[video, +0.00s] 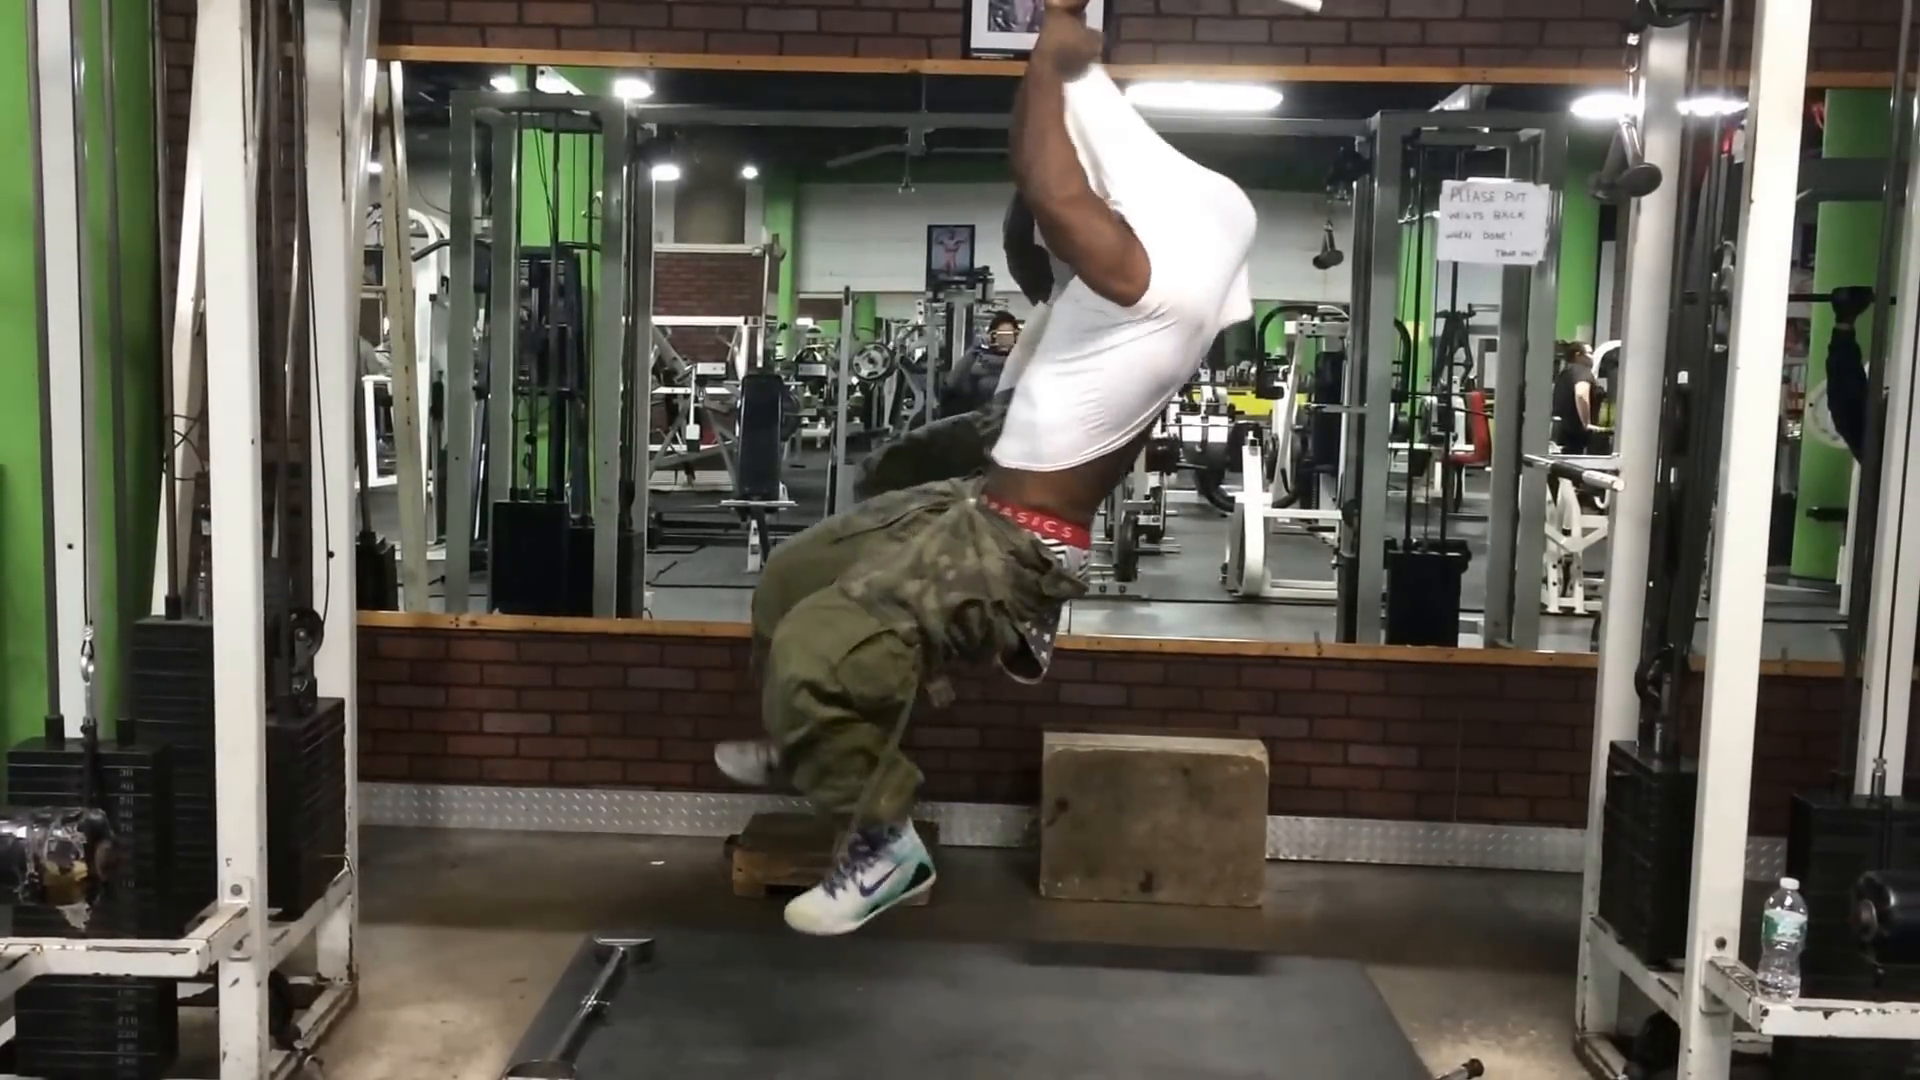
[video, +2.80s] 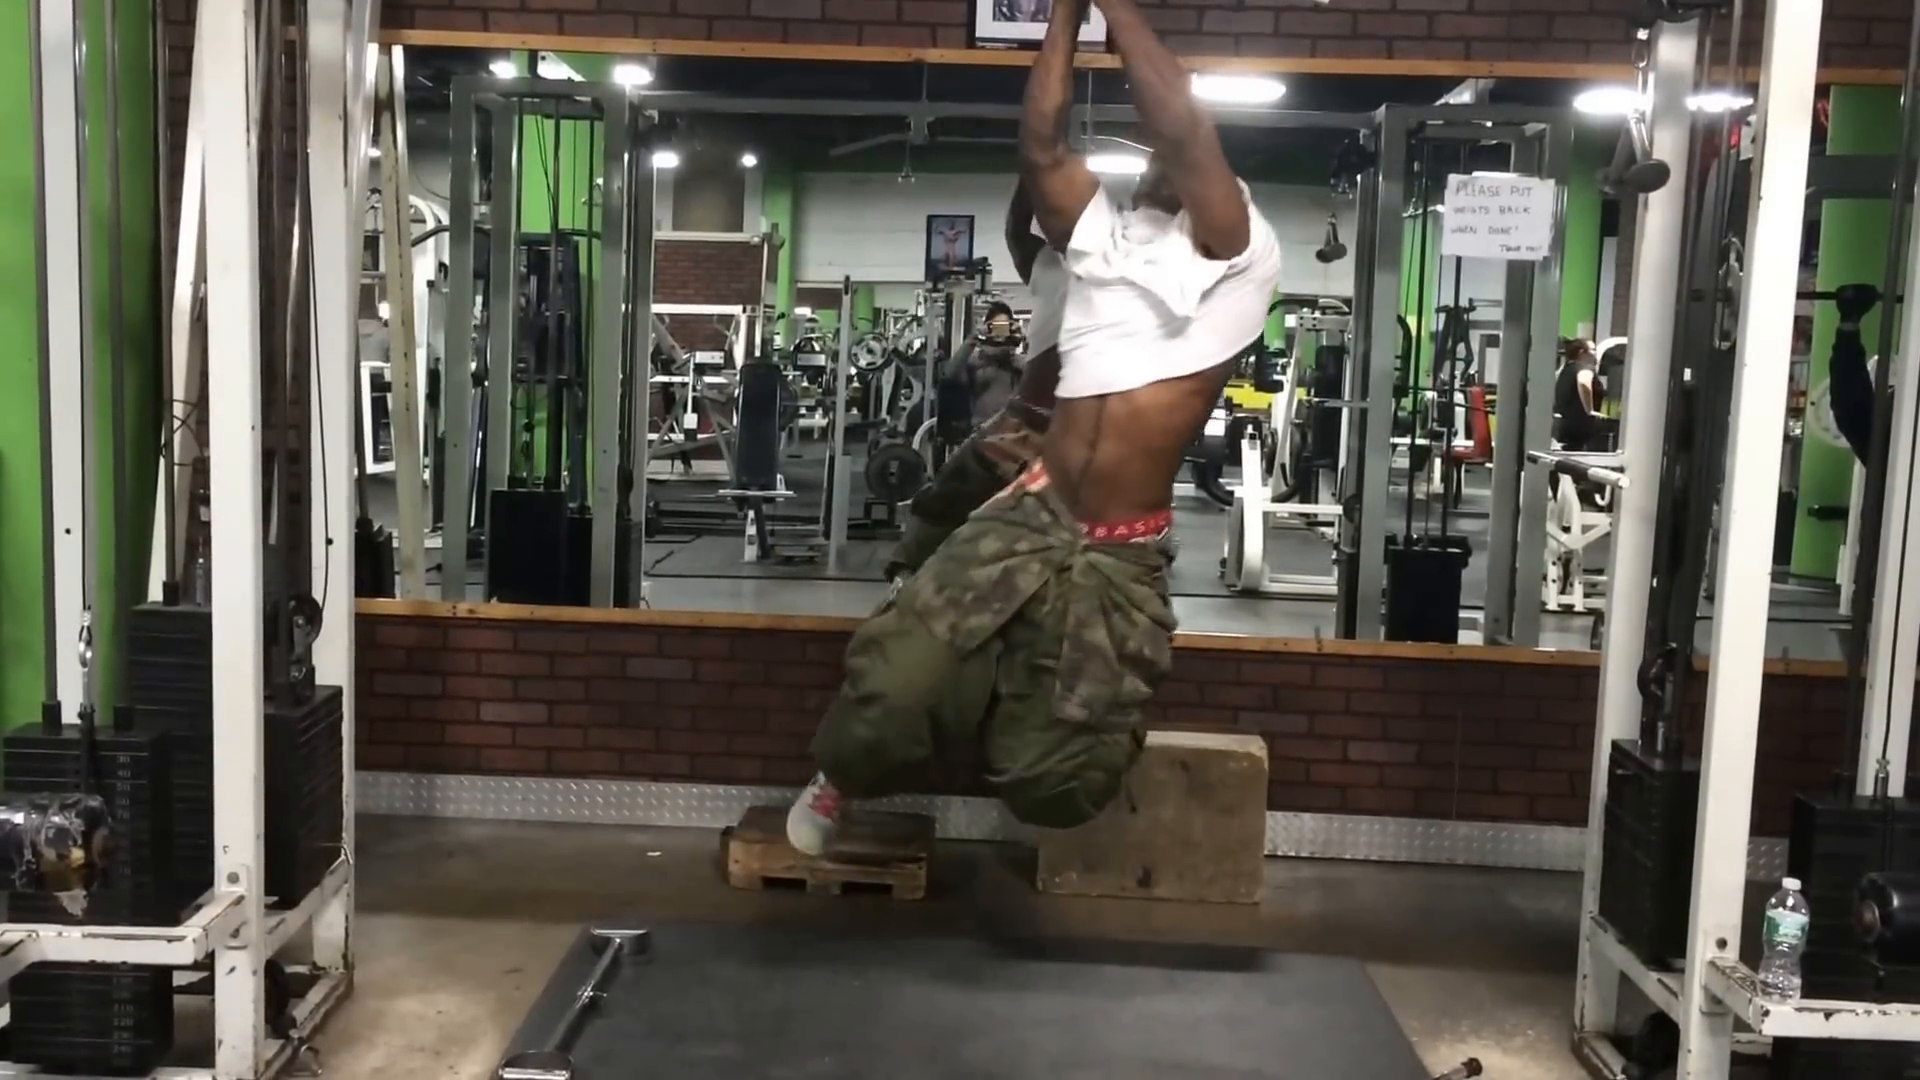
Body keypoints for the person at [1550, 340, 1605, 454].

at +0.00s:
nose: (1593, 357)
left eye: (1592, 353)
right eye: (1590, 353)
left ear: (1577, 355)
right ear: (1578, 355)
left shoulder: (1564, 372)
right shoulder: (1582, 370)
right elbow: (1581, 395)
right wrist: (1587, 423)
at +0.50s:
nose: (1593, 358)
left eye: (1592, 354)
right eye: (1590, 354)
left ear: (1576, 358)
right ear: (1579, 358)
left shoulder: (1560, 375)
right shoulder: (1585, 374)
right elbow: (1582, 391)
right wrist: (1589, 416)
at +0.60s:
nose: (1595, 359)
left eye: (1594, 355)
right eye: (1592, 355)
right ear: (1581, 358)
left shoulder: (1562, 374)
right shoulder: (1588, 371)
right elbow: (1585, 384)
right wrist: (1591, 410)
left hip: (1565, 428)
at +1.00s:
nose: (1601, 359)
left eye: (1600, 355)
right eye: (1598, 356)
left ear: (1583, 359)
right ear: (1588, 358)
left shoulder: (1574, 372)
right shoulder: (1591, 370)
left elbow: (1558, 390)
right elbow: (1585, 394)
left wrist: (1558, 415)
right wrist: (1589, 422)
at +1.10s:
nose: (1600, 359)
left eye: (1599, 355)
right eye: (1597, 355)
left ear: (1586, 358)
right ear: (1587, 358)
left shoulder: (1572, 375)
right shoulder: (1588, 375)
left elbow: (1558, 399)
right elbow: (1584, 400)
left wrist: (1556, 417)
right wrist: (1588, 429)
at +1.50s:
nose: (1600, 358)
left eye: (1598, 354)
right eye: (1596, 353)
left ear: (1584, 356)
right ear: (1585, 356)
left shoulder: (1566, 374)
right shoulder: (1590, 372)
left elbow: (1557, 391)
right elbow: (1586, 393)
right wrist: (1590, 420)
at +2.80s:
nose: (1596, 354)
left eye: (1595, 350)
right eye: (1593, 349)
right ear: (1582, 353)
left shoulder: (1565, 369)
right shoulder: (1585, 369)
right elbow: (1583, 383)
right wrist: (1590, 411)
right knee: (1618, 426)